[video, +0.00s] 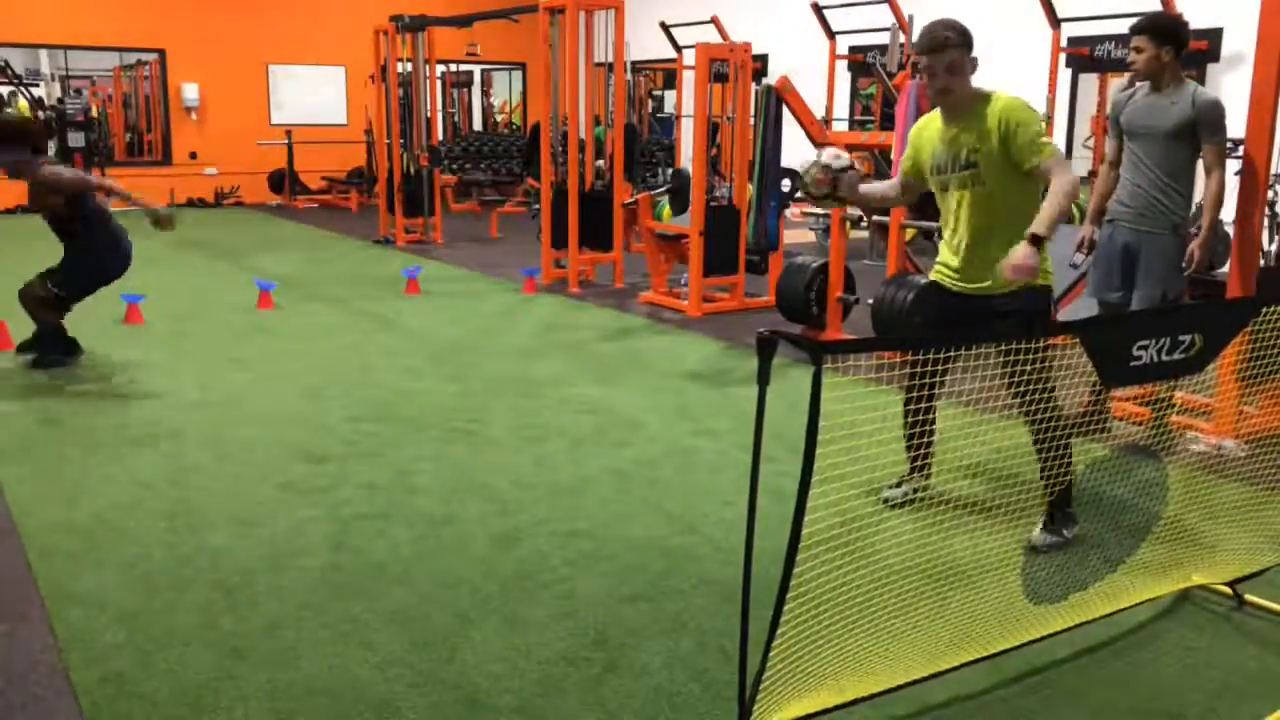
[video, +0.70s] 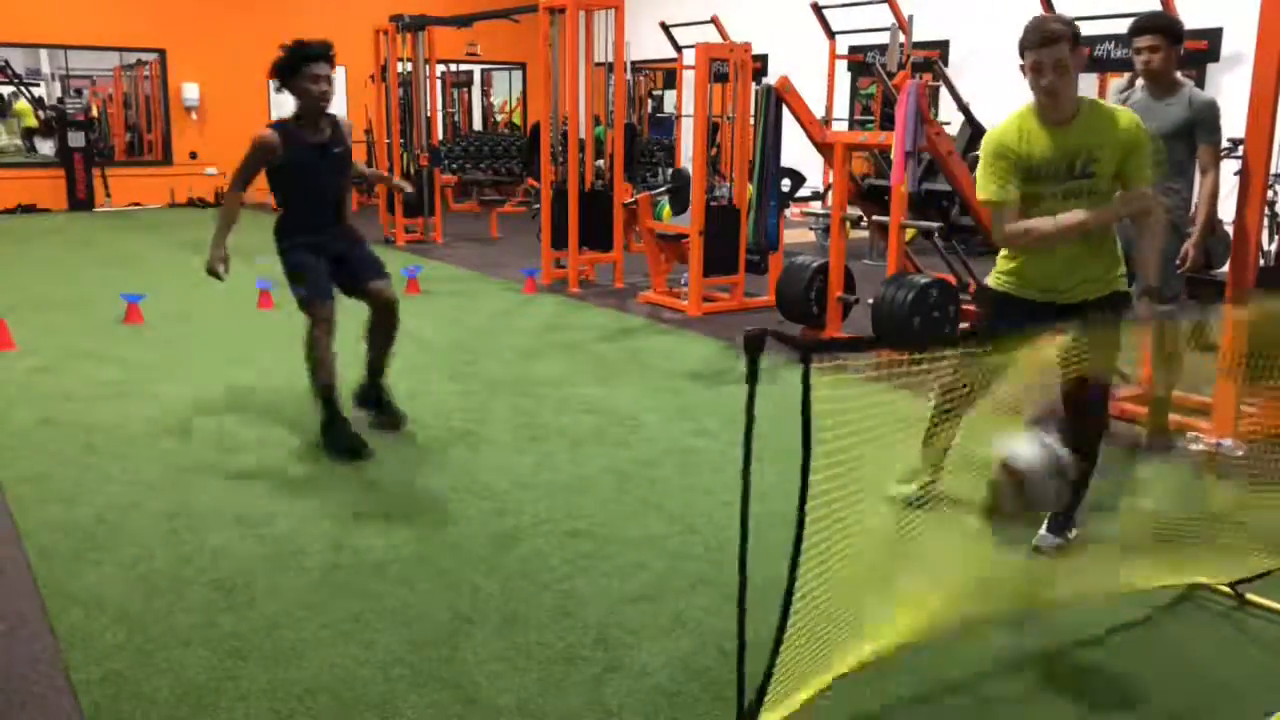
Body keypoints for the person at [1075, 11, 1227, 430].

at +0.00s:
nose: (1129, 58)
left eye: (1138, 50)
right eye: (1130, 50)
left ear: (1169, 55)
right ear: (1146, 54)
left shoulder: (1202, 104)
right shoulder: (1123, 98)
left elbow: (1214, 174)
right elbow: (1110, 165)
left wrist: (1205, 236)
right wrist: (1090, 221)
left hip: (1163, 237)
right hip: (1114, 230)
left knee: (1149, 330)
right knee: (1106, 323)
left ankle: (1157, 428)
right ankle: (1095, 409)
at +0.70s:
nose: (1144, 59)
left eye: (1153, 50)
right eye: (1138, 51)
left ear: (1175, 52)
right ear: (1131, 55)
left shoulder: (1200, 104)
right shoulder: (1120, 97)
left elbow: (1209, 171)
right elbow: (1106, 158)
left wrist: (1199, 235)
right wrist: (1100, 216)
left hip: (1169, 224)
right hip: (1120, 220)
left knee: (1163, 316)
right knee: (1103, 308)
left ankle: (1159, 410)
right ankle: (1090, 400)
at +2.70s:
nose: (1121, 59)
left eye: (1129, 51)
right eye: (1121, 51)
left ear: (1159, 54)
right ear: (1141, 56)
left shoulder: (1195, 107)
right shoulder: (1122, 103)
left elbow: (1205, 175)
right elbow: (1110, 168)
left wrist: (1189, 240)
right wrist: (1090, 224)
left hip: (1161, 233)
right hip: (1114, 227)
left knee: (1143, 326)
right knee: (1104, 322)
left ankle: (1150, 423)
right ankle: (1095, 413)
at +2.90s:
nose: (1121, 59)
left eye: (1128, 51)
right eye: (1121, 51)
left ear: (1158, 53)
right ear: (1142, 55)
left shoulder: (1195, 105)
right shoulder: (1121, 101)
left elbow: (1205, 175)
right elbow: (1109, 169)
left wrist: (1188, 239)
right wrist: (1089, 226)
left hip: (1160, 232)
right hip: (1114, 226)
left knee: (1143, 323)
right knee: (1102, 318)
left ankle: (1153, 419)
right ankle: (1095, 404)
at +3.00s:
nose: (1121, 59)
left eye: (1128, 51)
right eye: (1121, 51)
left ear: (1158, 54)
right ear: (1143, 55)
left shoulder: (1195, 106)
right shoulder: (1121, 104)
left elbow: (1205, 175)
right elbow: (1109, 171)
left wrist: (1189, 238)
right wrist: (1088, 226)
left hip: (1160, 236)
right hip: (1114, 229)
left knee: (1143, 327)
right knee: (1105, 322)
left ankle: (1154, 421)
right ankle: (1097, 403)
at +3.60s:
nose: (1123, 58)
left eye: (1131, 51)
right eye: (1123, 51)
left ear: (1162, 54)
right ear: (1139, 55)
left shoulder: (1195, 106)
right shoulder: (1122, 101)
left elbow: (1203, 178)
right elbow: (1108, 168)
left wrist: (1186, 239)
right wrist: (1089, 225)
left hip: (1162, 230)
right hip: (1115, 224)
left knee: (1143, 319)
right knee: (1103, 314)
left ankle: (1151, 416)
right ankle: (1095, 402)